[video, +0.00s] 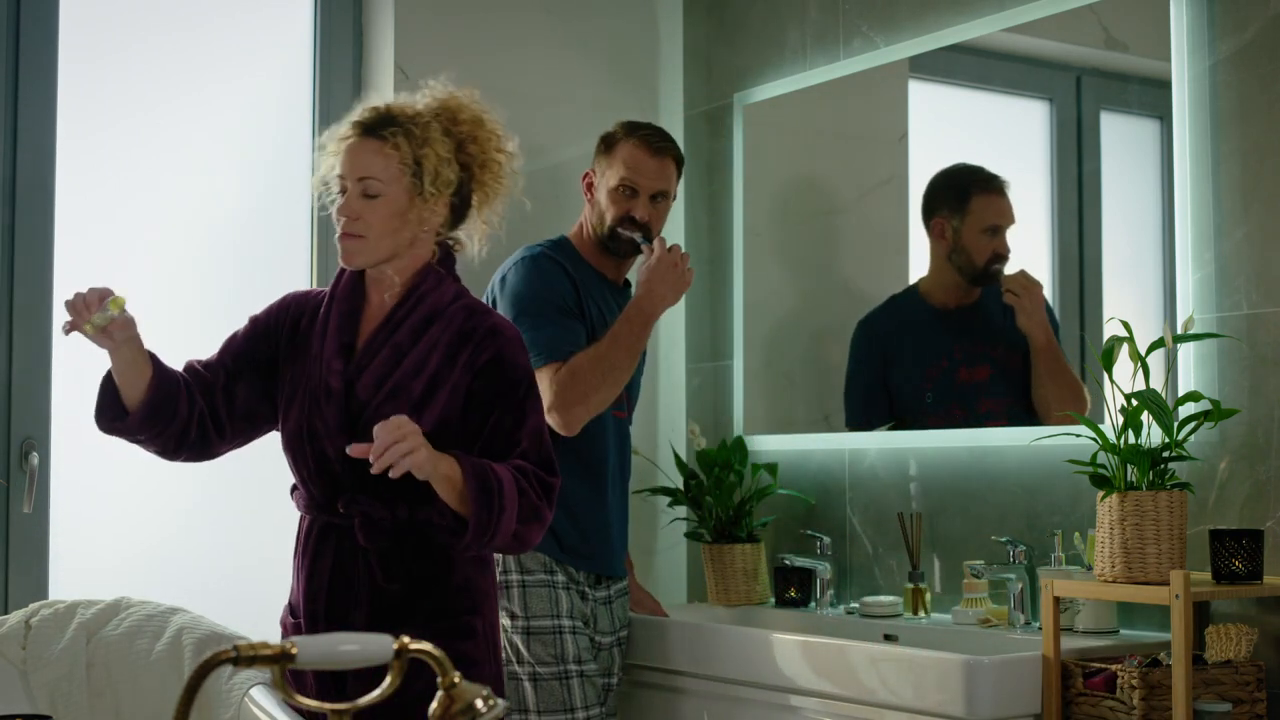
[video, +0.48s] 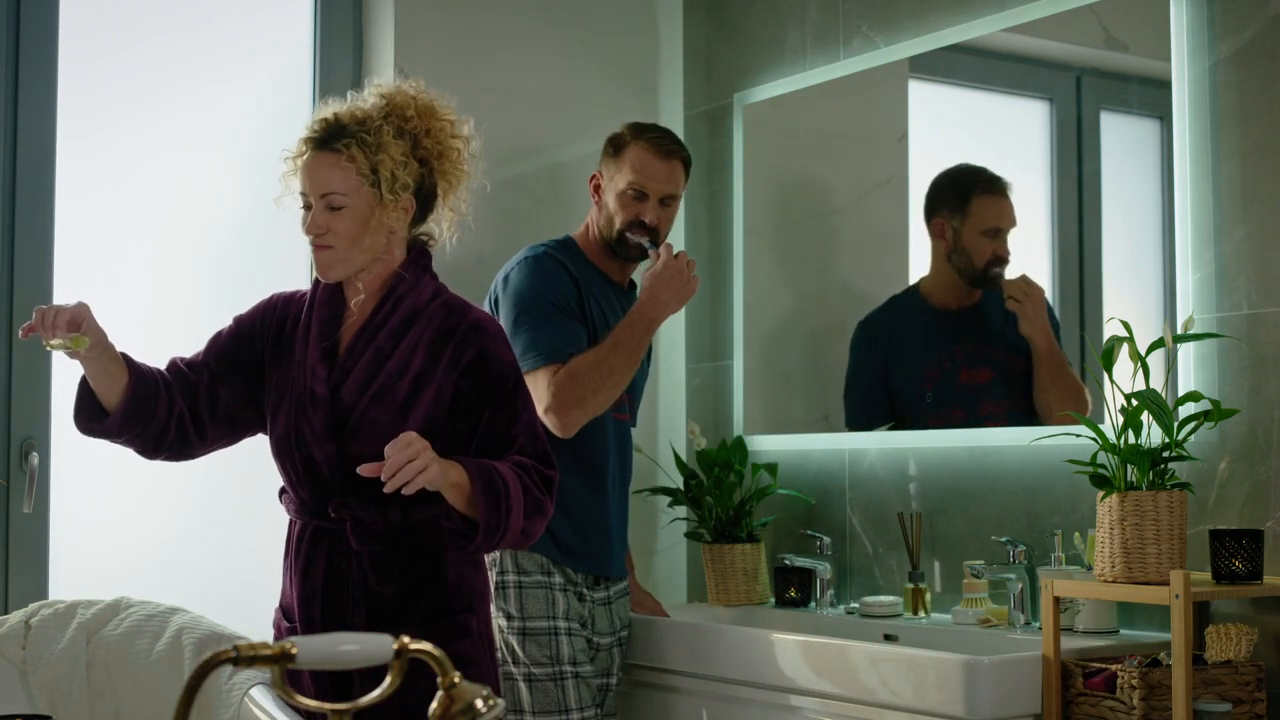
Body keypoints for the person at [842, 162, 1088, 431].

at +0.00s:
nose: (1004, 250)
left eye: (1005, 233)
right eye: (991, 233)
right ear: (941, 231)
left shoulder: (1027, 311)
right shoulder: (880, 331)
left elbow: (1067, 420)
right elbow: (867, 452)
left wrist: (1039, 332)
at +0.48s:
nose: (1005, 253)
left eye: (1006, 236)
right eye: (991, 236)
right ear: (941, 231)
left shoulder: (1028, 312)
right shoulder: (881, 332)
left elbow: (1069, 422)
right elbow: (868, 451)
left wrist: (1042, 339)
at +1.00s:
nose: (952, 278)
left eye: (968, 261)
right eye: (938, 259)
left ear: (991, 246)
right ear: (915, 243)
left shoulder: (1031, 312)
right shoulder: (881, 334)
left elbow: (1069, 425)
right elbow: (867, 448)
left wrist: (1014, 354)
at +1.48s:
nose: (951, 270)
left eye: (962, 251)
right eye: (933, 255)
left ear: (978, 235)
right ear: (904, 249)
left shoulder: (1029, 309)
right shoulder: (878, 336)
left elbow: (1068, 424)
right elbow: (867, 451)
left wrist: (1003, 357)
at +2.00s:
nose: (972, 251)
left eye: (982, 234)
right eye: (955, 235)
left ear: (991, 229)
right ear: (918, 235)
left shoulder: (1031, 310)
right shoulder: (880, 334)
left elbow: (1069, 425)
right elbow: (868, 452)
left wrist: (1012, 362)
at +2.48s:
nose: (1033, 236)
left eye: (1036, 222)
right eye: (1018, 220)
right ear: (968, 223)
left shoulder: (1063, 314)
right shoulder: (905, 326)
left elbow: (1111, 419)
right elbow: (885, 443)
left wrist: (1079, 410)